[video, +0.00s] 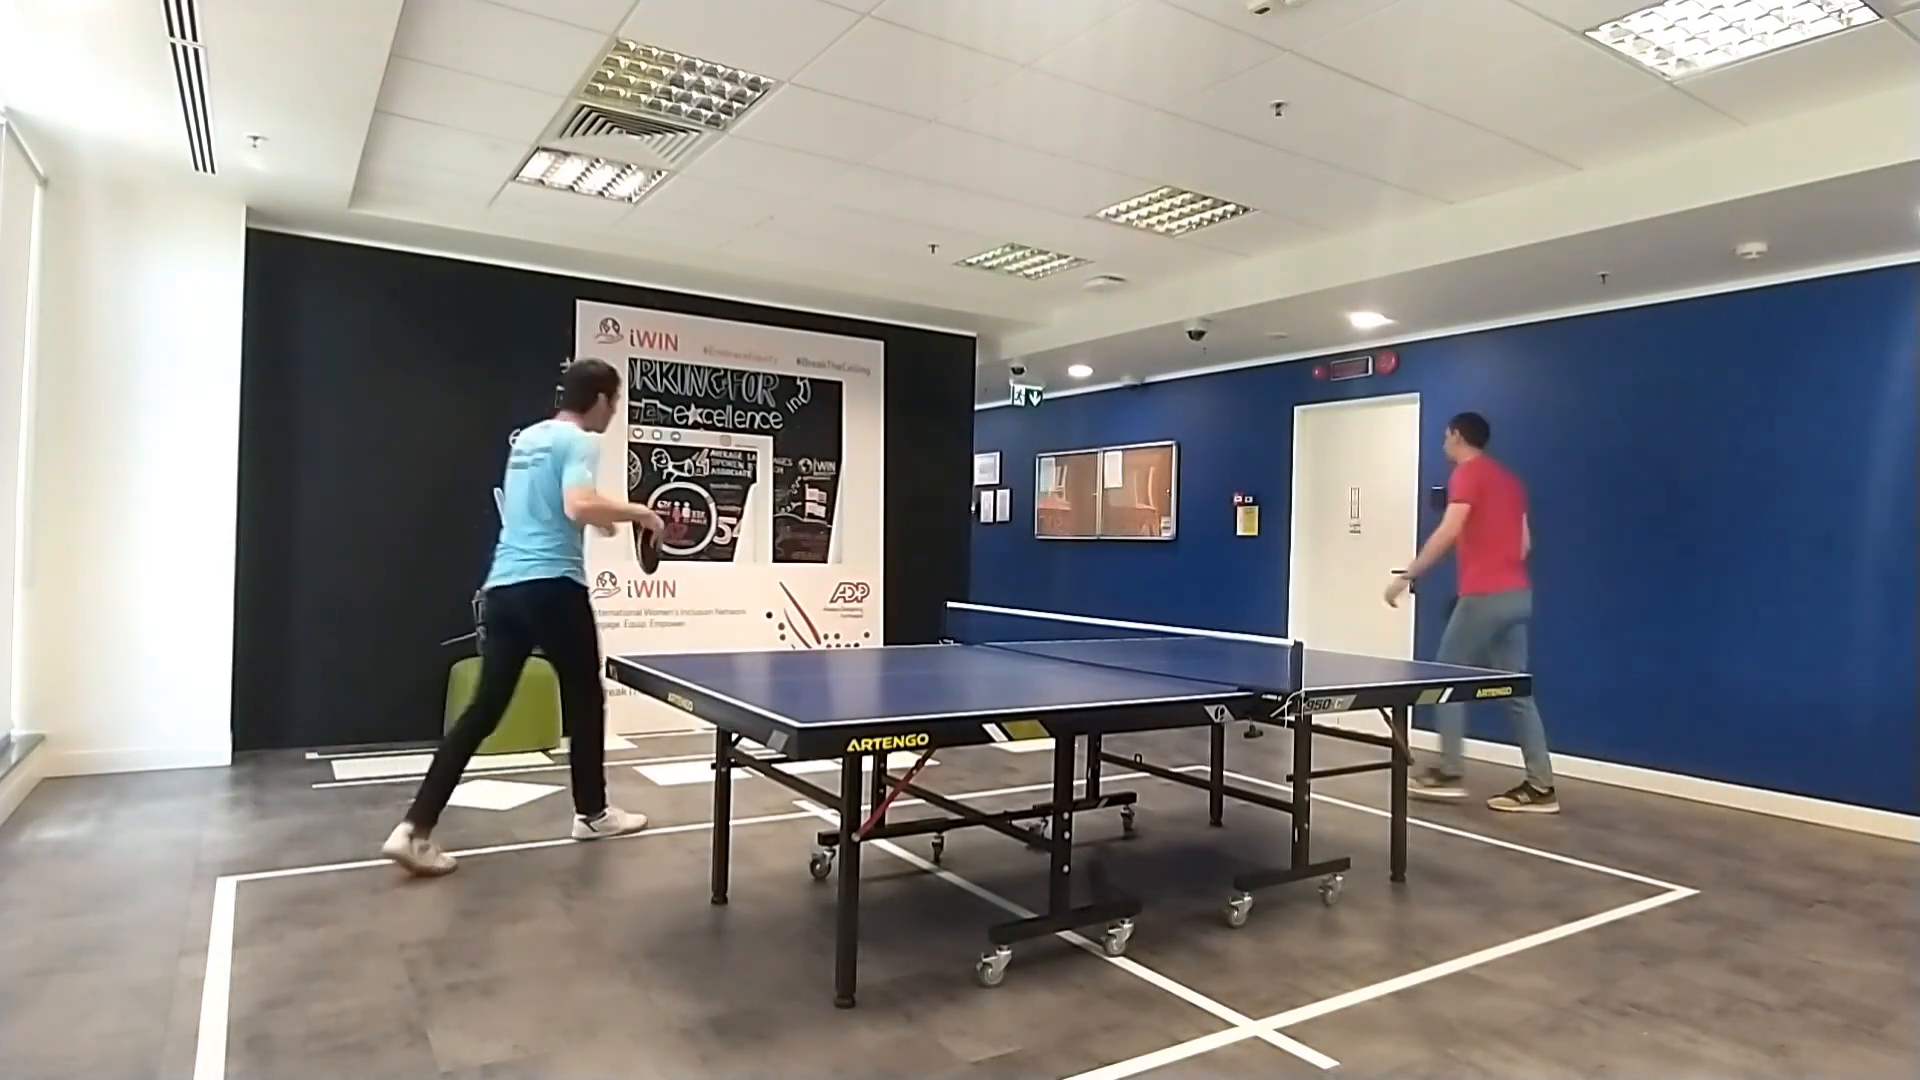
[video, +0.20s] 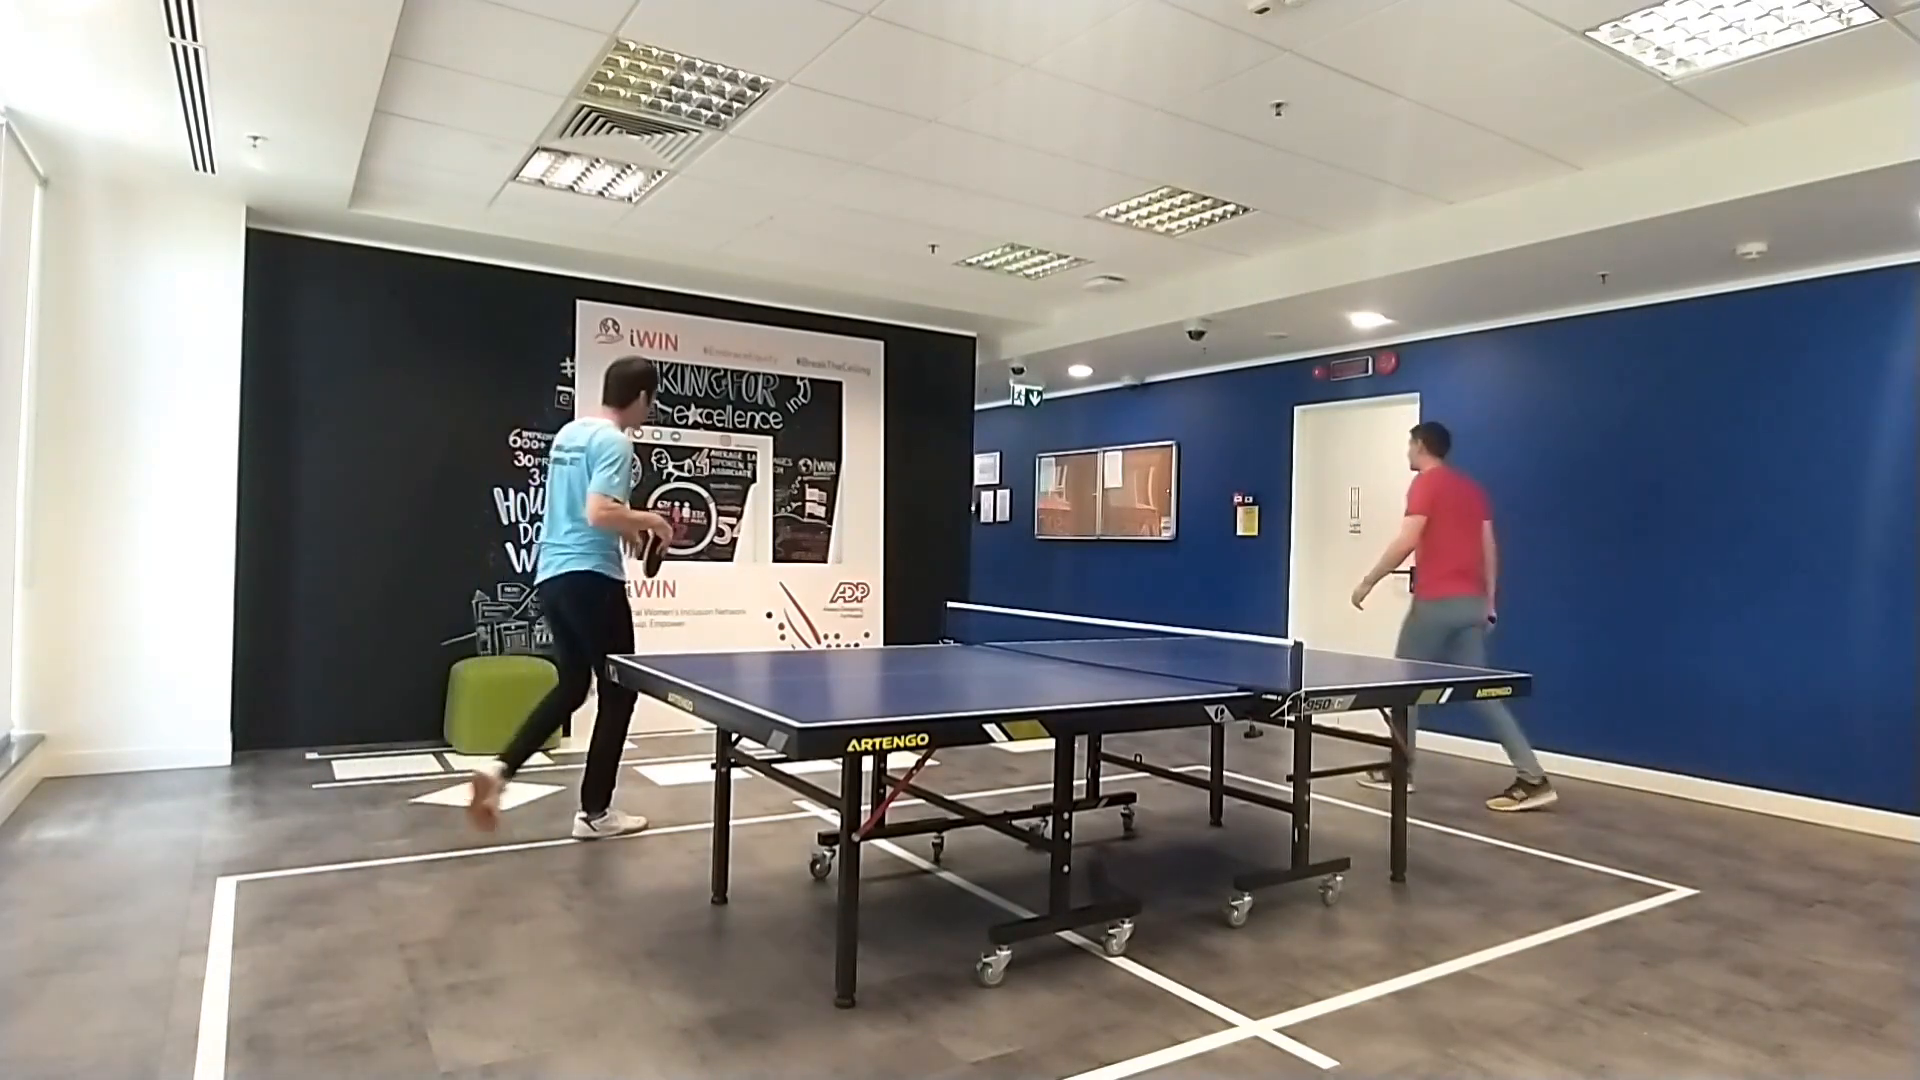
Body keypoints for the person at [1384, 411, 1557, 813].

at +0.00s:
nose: (1446, 445)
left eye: (1447, 438)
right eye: (1447, 438)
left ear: (1458, 437)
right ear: (1481, 440)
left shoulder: (1467, 472)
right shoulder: (1509, 479)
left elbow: (1449, 530)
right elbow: (1523, 544)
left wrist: (1406, 576)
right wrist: (1490, 571)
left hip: (1483, 597)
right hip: (1516, 595)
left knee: (1444, 681)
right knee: (1517, 689)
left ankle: (1448, 773)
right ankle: (1540, 785)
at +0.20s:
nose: (1408, 452)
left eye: (1411, 445)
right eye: (1410, 445)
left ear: (1422, 447)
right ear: (1442, 450)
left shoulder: (1425, 483)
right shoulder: (1472, 488)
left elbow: (1408, 540)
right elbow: (1488, 549)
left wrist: (1368, 581)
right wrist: (1489, 601)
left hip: (1436, 603)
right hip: (1472, 602)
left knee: (1403, 687)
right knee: (1480, 689)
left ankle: (1398, 768)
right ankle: (1533, 778)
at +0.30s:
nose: (1387, 452)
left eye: (1390, 445)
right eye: (1389, 445)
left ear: (1402, 447)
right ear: (1421, 448)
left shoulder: (1402, 483)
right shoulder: (1452, 486)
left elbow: (1387, 544)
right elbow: (1470, 548)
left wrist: (1359, 583)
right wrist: (1481, 597)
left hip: (1410, 602)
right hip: (1446, 603)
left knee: (1388, 688)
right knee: (1434, 688)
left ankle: (1394, 768)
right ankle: (1498, 756)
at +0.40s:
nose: (1368, 449)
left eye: (1371, 443)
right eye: (1369, 443)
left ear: (1382, 444)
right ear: (1400, 444)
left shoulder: (1378, 478)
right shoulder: (1432, 481)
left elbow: (1368, 540)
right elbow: (1454, 539)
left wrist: (1350, 576)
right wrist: (1470, 589)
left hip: (1393, 595)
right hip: (1426, 594)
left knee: (1381, 678)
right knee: (1400, 673)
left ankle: (1395, 766)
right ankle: (1443, 740)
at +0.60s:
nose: (1331, 461)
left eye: (1332, 455)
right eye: (1332, 455)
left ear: (1341, 453)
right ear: (1362, 455)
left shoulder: (1337, 483)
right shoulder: (1391, 489)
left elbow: (1320, 541)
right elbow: (1417, 541)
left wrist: (1311, 572)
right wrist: (1429, 591)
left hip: (1356, 595)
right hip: (1386, 594)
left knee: (1374, 681)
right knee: (1341, 665)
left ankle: (1398, 764)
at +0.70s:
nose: (1312, 468)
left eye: (1313, 461)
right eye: (1313, 462)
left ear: (1322, 460)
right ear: (1344, 461)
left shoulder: (1318, 488)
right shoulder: (1369, 495)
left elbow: (1299, 545)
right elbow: (1393, 550)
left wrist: (1286, 576)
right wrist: (1403, 598)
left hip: (1337, 598)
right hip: (1364, 597)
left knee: (1359, 683)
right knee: (1316, 667)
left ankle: (1392, 759)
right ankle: (1292, 729)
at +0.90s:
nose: (1278, 464)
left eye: (1278, 459)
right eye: (1279, 459)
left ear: (1285, 456)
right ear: (1307, 458)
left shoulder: (1283, 482)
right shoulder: (1331, 491)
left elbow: (1268, 535)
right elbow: (1344, 546)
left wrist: (1248, 579)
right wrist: (1350, 598)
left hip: (1293, 591)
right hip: (1321, 590)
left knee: (1286, 664)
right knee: (1289, 662)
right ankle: (1284, 731)